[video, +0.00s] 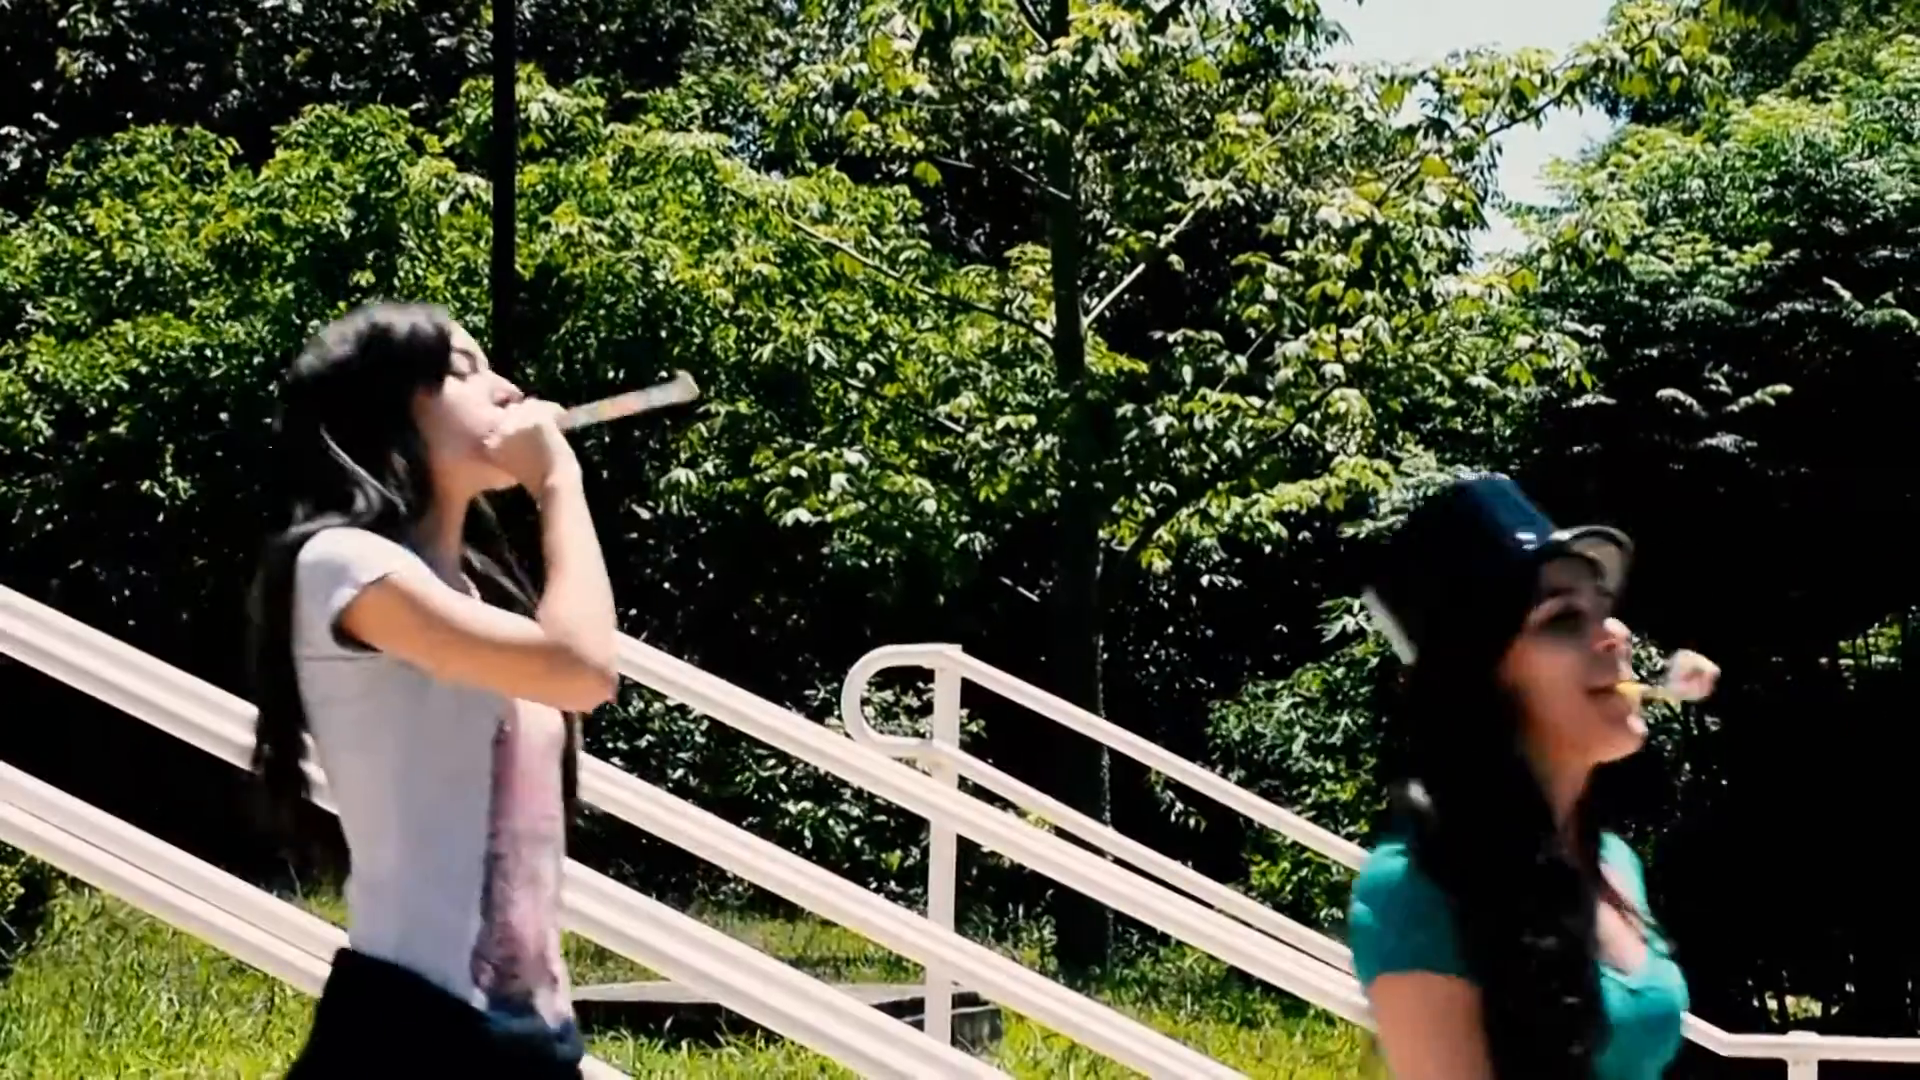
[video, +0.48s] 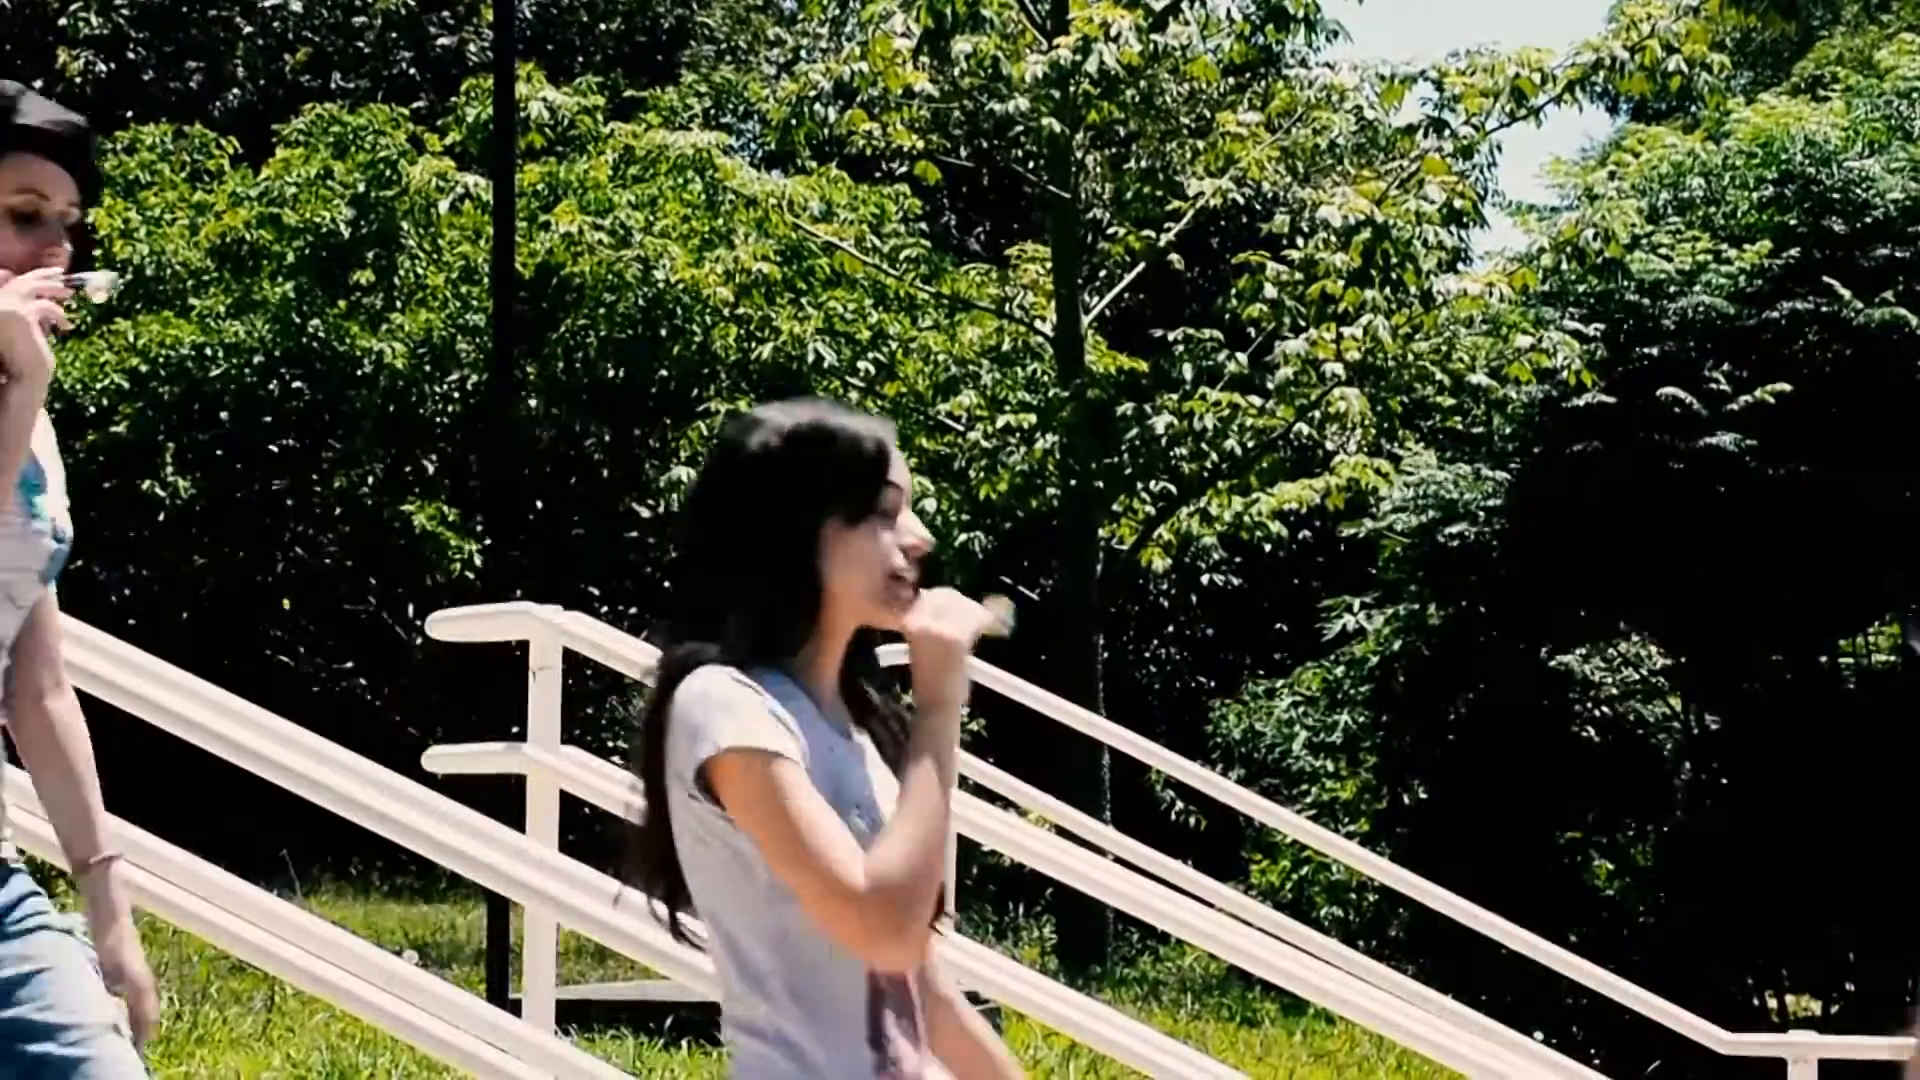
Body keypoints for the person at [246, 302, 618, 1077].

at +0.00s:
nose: (506, 387)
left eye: (491, 368)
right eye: (465, 370)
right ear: (391, 420)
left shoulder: (485, 600)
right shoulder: (341, 562)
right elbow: (581, 667)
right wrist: (558, 478)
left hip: (530, 1028)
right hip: (411, 1024)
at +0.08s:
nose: (575, 436)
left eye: (557, 414)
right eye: (532, 416)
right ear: (458, 468)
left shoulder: (564, 633)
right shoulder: (414, 611)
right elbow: (658, 711)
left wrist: (629, 525)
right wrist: (629, 519)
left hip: (609, 1048)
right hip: (499, 1044)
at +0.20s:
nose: (676, 459)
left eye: (660, 438)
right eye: (632, 441)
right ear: (558, 485)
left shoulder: (648, 657)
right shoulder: (519, 633)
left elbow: (765, 739)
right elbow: (764, 746)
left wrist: (730, 568)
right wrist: (729, 559)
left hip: (689, 1059)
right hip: (586, 1057)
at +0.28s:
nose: (741, 463)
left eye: (727, 438)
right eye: (701, 440)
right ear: (624, 477)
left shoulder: (701, 648)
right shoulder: (576, 631)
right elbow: (812, 769)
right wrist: (792, 573)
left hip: (742, 1052)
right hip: (646, 1052)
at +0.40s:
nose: (840, 493)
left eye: (830, 469)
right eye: (803, 471)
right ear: (719, 492)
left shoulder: (779, 680)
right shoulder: (653, 660)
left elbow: (813, 951)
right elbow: (863, 846)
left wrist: (892, 1062)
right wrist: (872, 630)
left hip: (829, 1058)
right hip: (732, 1063)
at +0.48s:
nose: (920, 540)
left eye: (908, 513)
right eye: (883, 514)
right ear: (795, 536)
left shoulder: (856, 736)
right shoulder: (719, 702)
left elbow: (926, 993)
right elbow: (887, 931)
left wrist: (1004, 1071)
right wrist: (939, 705)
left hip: (911, 1065)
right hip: (810, 1067)